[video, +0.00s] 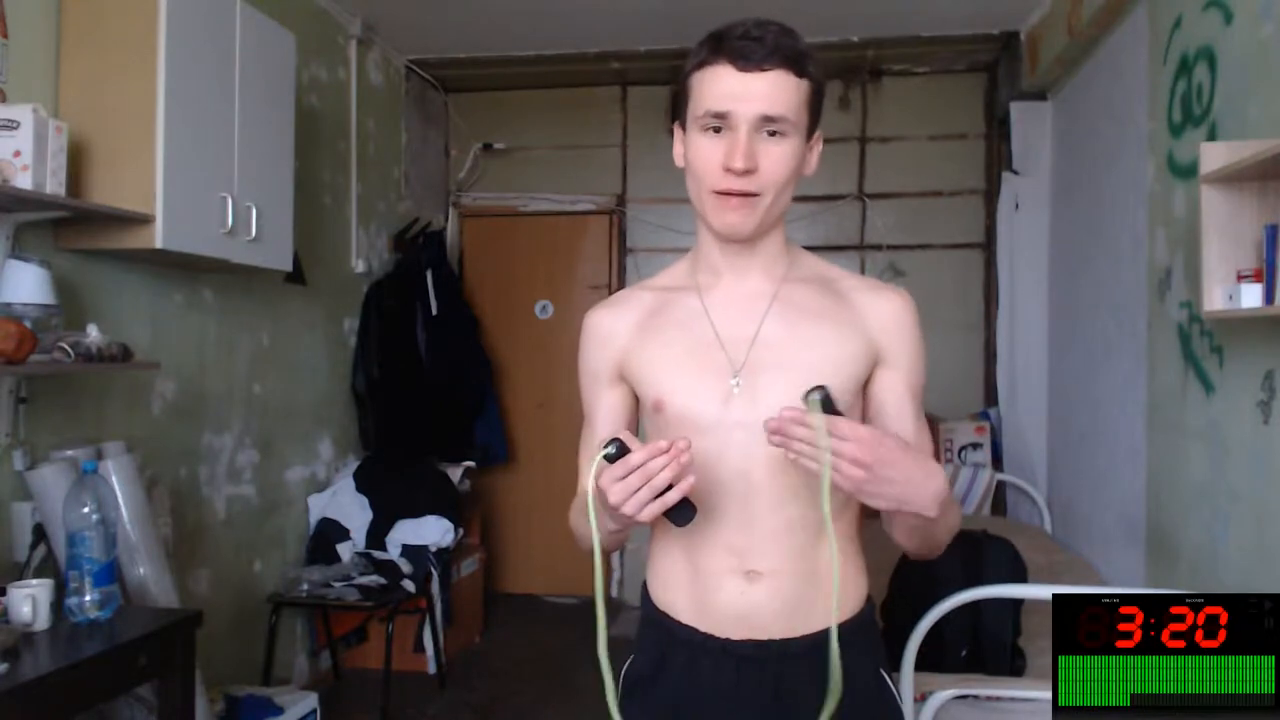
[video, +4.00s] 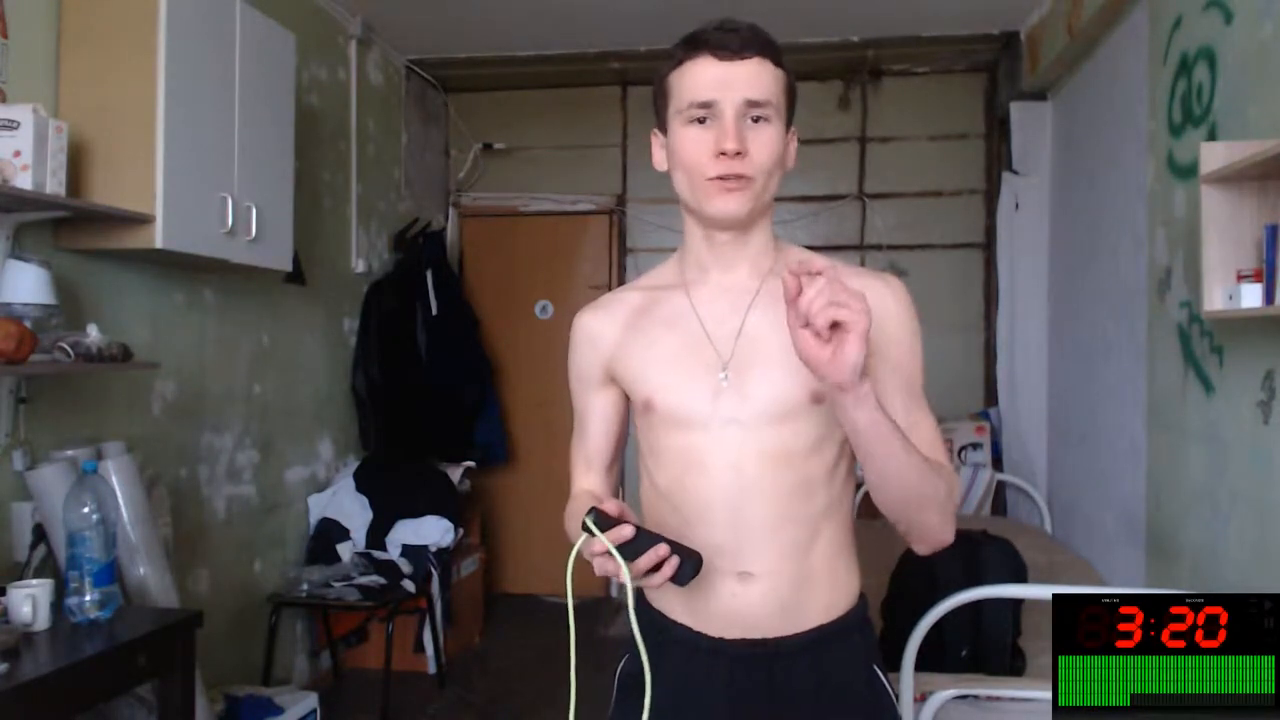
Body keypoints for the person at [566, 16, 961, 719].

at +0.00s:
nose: (739, 159)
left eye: (772, 132)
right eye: (716, 128)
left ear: (810, 155)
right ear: (679, 145)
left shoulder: (878, 314)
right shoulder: (618, 327)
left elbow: (924, 542)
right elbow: (590, 527)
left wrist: (932, 496)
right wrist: (611, 514)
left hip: (835, 671)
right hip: (678, 668)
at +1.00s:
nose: (740, 150)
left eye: (767, 120)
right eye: (712, 125)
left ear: (806, 143)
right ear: (676, 154)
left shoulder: (879, 312)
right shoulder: (614, 321)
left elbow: (923, 532)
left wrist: (910, 444)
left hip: (836, 672)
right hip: (677, 671)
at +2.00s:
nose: (728, 152)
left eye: (753, 121)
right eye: (699, 129)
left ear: (799, 139)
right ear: (670, 159)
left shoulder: (879, 314)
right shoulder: (613, 324)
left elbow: (935, 530)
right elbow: (581, 514)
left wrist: (876, 482)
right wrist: (605, 516)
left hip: (828, 674)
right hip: (672, 672)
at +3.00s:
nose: (704, 130)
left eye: (731, 108)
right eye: (677, 115)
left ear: (774, 144)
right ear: (648, 159)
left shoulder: (865, 307)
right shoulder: (604, 332)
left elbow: (924, 514)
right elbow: (577, 521)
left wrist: (798, 499)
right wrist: (638, 543)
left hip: (820, 676)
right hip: (665, 678)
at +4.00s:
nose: (730, 144)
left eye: (756, 119)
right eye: (701, 119)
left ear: (789, 150)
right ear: (660, 149)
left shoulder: (871, 302)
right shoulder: (607, 329)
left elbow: (933, 528)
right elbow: (588, 488)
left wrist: (849, 389)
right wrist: (602, 537)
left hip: (829, 668)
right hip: (676, 671)